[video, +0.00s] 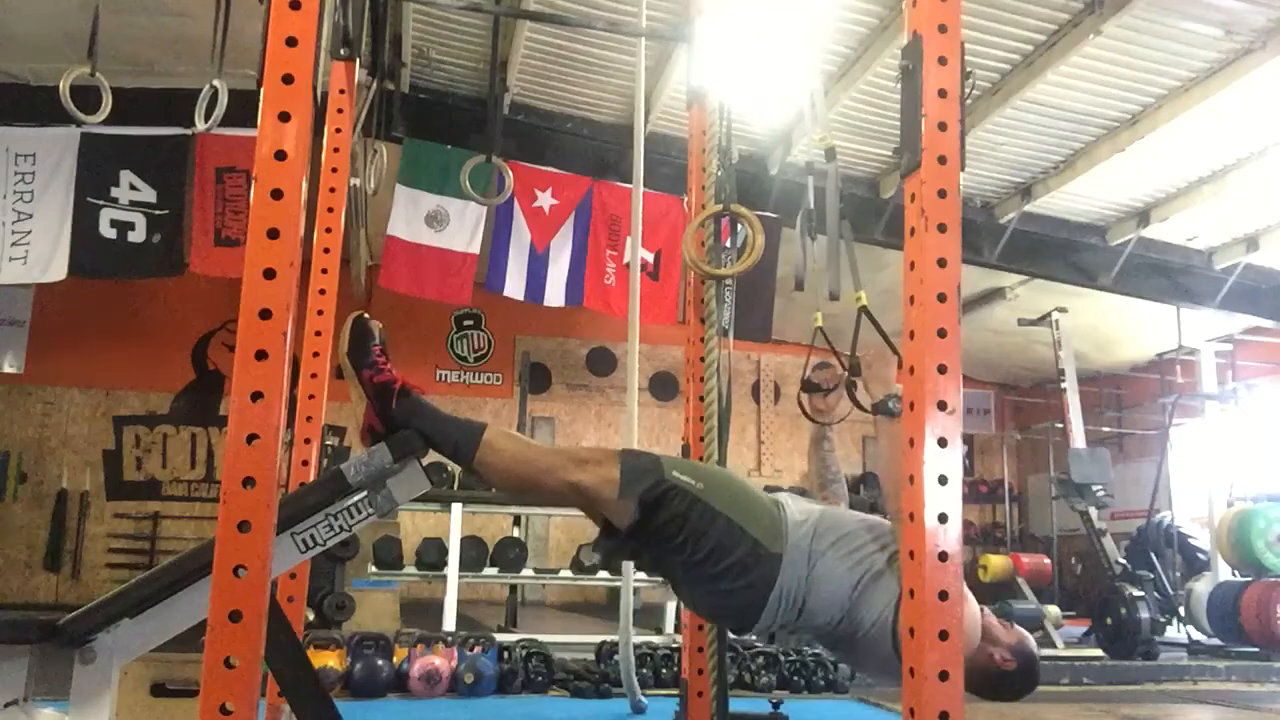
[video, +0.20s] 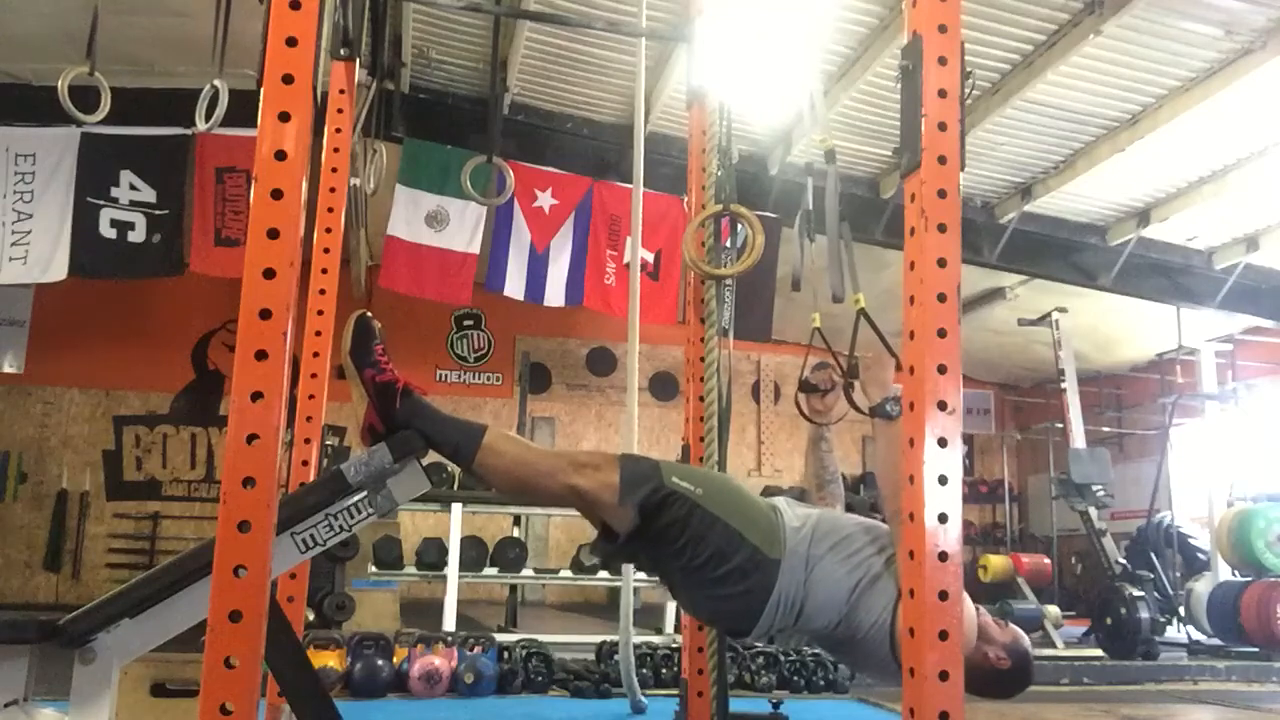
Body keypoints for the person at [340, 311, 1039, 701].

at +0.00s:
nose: (1000, 630)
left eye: (1005, 646)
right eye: (1011, 633)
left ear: (988, 665)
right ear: (995, 632)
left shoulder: (948, 624)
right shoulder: (926, 635)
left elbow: (925, 519)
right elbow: (889, 518)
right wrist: (841, 416)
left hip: (766, 556)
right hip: (761, 537)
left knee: (601, 473)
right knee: (589, 478)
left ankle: (402, 407)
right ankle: (416, 428)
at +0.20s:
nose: (997, 632)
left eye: (1002, 650)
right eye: (1007, 632)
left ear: (979, 672)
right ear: (991, 622)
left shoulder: (937, 649)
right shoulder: (938, 591)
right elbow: (899, 503)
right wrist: (847, 414)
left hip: (766, 563)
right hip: (759, 535)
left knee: (605, 476)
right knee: (587, 485)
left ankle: (404, 409)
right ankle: (408, 424)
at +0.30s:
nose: (992, 634)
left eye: (997, 652)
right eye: (1002, 634)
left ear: (977, 671)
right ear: (988, 619)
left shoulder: (935, 653)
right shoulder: (938, 596)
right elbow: (915, 510)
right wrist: (894, 419)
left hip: (766, 565)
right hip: (760, 532)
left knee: (608, 478)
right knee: (584, 487)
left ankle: (403, 408)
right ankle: (408, 428)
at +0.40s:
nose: (988, 630)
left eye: (993, 647)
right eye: (998, 632)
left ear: (975, 664)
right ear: (984, 623)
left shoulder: (938, 644)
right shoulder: (934, 609)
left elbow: (927, 521)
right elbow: (913, 509)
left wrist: (912, 417)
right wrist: (898, 419)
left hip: (765, 555)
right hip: (758, 561)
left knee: (598, 476)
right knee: (581, 490)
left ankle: (403, 407)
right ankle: (410, 431)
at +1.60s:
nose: (1016, 534)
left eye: (1024, 549)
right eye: (1023, 533)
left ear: (1013, 582)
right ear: (1007, 530)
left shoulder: (971, 568)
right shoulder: (960, 533)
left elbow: (907, 508)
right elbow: (882, 493)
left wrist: (936, 451)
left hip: (781, 527)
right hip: (775, 495)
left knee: (614, 466)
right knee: (605, 462)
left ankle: (404, 415)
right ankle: (409, 420)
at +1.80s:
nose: (1013, 463)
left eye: (1024, 475)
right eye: (1022, 459)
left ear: (1021, 502)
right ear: (1011, 447)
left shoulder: (979, 503)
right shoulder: (968, 446)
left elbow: (927, 494)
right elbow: (883, 430)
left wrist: (949, 431)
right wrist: (893, 394)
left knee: (612, 434)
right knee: (601, 411)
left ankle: (403, 415)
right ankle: (414, 423)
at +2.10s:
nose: (1002, 435)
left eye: (1010, 449)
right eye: (1008, 433)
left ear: (1002, 472)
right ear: (994, 428)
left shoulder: (957, 481)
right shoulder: (944, 432)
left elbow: (889, 466)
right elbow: (874, 428)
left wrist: (891, 380)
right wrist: (879, 366)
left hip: (765, 432)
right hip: (755, 428)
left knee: (590, 338)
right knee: (579, 348)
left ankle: (392, 411)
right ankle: (399, 411)